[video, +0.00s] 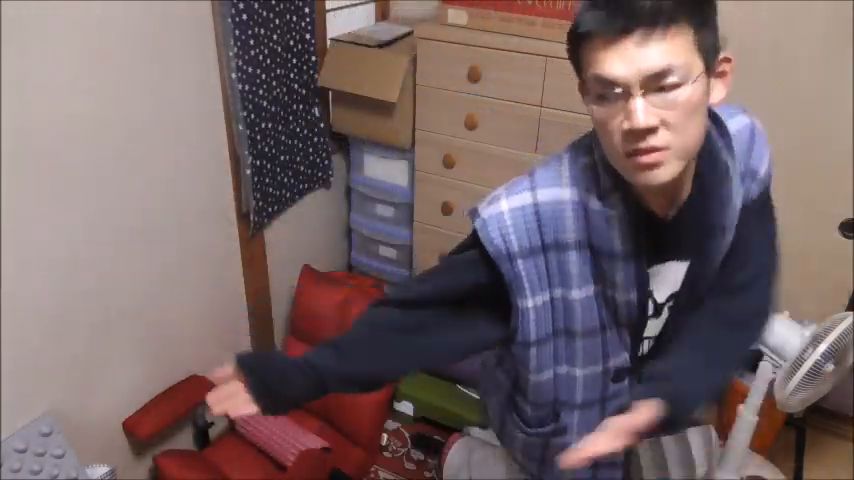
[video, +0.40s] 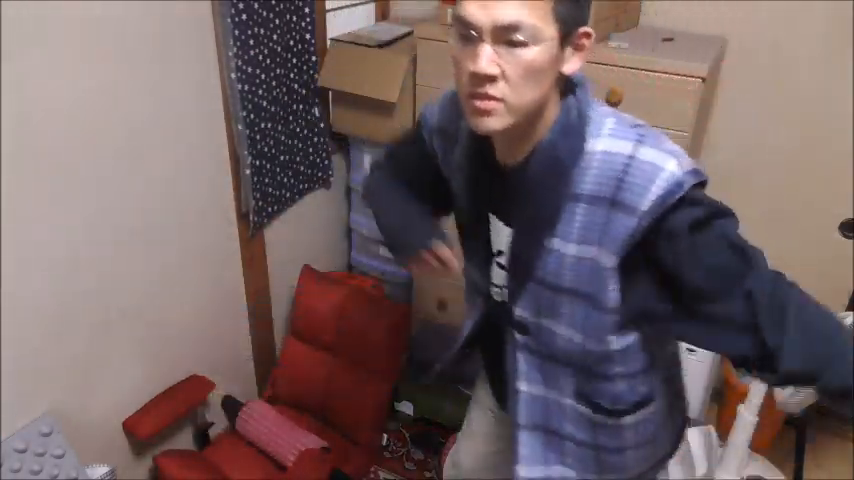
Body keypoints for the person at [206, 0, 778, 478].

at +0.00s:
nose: (638, 121)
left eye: (663, 86)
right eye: (609, 96)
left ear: (717, 80)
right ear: (586, 101)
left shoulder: (740, 152)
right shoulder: (531, 227)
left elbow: (741, 302)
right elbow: (413, 324)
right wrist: (286, 378)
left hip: (672, 422)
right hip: (554, 443)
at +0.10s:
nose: (590, 131)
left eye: (620, 101)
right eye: (566, 104)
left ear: (679, 101)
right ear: (545, 109)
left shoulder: (738, 176)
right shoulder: (498, 225)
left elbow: (708, 337)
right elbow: (405, 338)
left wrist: (618, 431)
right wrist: (285, 396)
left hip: (671, 439)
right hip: (531, 444)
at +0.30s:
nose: (505, 90)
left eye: (534, 63)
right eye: (489, 62)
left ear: (596, 68)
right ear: (473, 64)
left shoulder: (680, 189)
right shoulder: (470, 152)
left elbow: (734, 339)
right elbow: (427, 255)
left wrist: (728, 451)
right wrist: (406, 332)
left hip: (628, 444)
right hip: (515, 409)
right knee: (468, 470)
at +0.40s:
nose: (481, 65)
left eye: (514, 41)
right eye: (466, 37)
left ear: (574, 52)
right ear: (449, 38)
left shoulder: (644, 183)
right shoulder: (455, 127)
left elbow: (764, 310)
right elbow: (392, 178)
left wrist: (844, 375)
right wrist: (410, 229)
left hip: (606, 415)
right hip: (507, 375)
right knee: (465, 469)